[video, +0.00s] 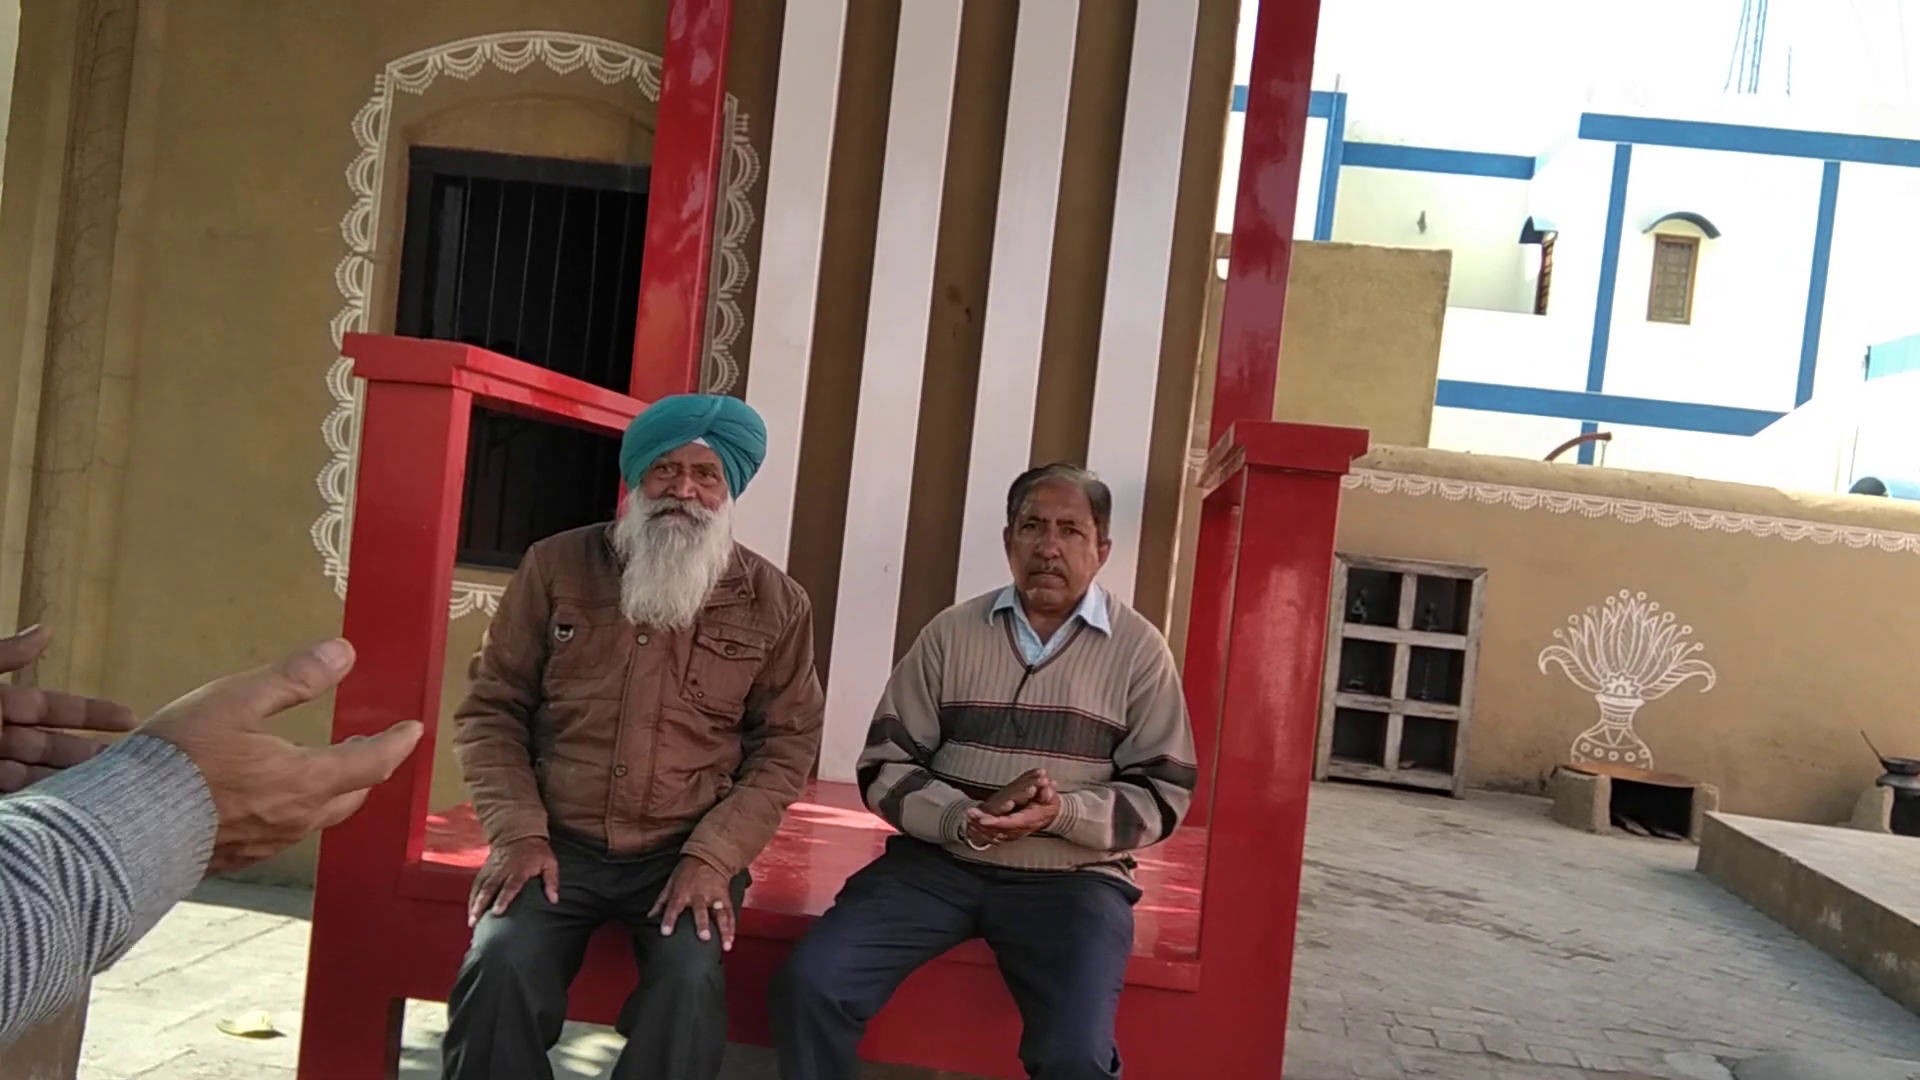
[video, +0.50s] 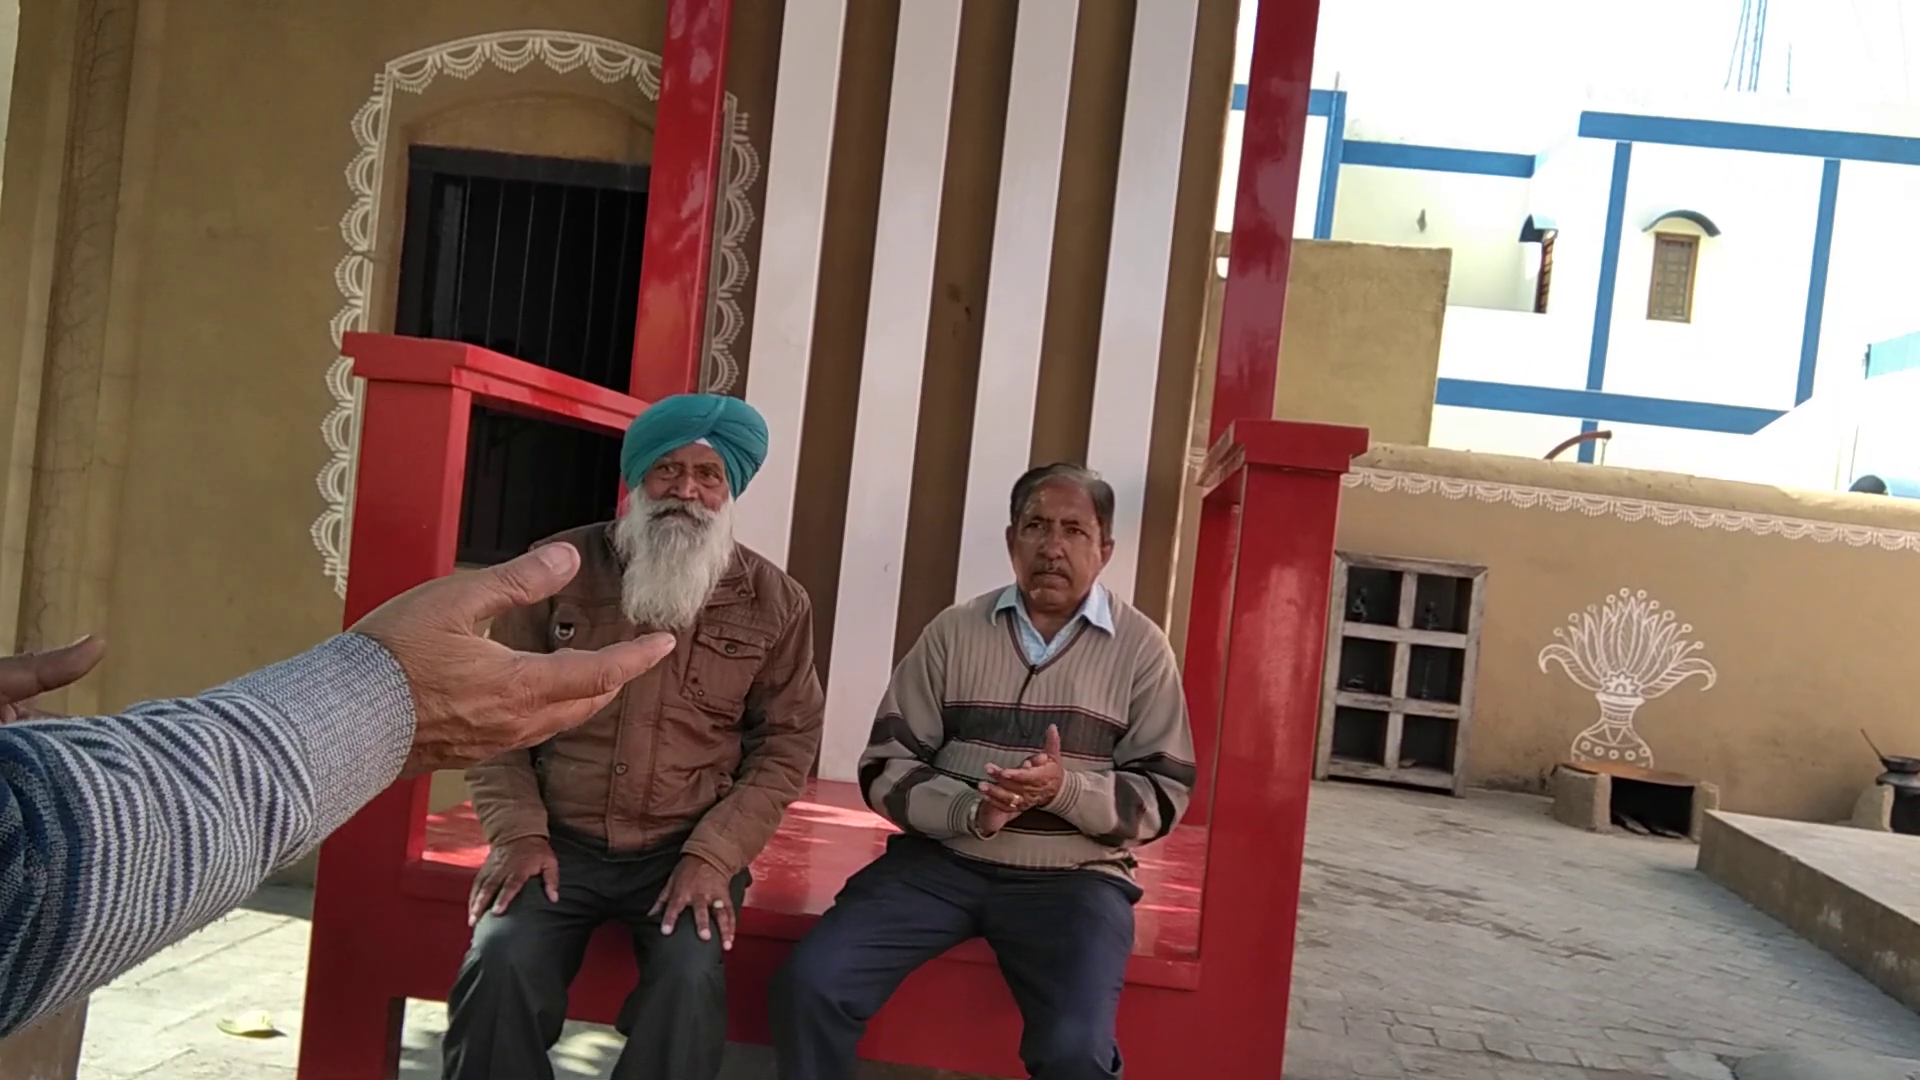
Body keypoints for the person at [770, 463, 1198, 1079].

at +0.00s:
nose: (1049, 546)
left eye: (1070, 531)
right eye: (1034, 527)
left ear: (1101, 551)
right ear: (1008, 542)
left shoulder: (1141, 652)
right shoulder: (950, 635)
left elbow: (1162, 796)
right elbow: (883, 765)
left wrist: (1063, 812)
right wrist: (965, 818)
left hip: (1071, 885)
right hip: (935, 865)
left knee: (1074, 1054)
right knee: (810, 987)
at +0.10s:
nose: (1050, 545)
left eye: (1070, 530)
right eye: (1034, 526)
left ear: (1101, 551)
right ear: (1009, 541)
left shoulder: (1142, 651)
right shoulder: (950, 634)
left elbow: (1164, 791)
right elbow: (884, 766)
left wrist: (1073, 808)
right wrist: (962, 811)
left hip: (1072, 882)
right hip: (936, 864)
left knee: (1074, 1051)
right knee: (813, 988)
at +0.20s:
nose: (1050, 544)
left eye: (1070, 529)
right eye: (1034, 525)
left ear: (1102, 550)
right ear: (1009, 540)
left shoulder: (1142, 649)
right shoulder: (950, 632)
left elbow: (1165, 788)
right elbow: (885, 765)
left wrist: (1083, 810)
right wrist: (957, 802)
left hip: (1074, 881)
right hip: (937, 861)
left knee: (1074, 1050)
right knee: (814, 989)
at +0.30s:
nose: (1051, 544)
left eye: (1071, 529)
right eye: (1035, 525)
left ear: (1103, 549)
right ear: (1010, 540)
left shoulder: (1142, 648)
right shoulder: (951, 631)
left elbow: (1163, 790)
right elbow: (884, 763)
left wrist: (1069, 798)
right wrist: (969, 807)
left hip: (1075, 879)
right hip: (937, 862)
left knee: (1075, 1051)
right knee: (812, 989)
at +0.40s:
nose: (1052, 545)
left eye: (1073, 530)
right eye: (1037, 526)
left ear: (1104, 551)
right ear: (1010, 542)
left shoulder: (1143, 648)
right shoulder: (951, 632)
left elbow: (1163, 794)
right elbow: (882, 764)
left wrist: (1068, 792)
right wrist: (967, 805)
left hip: (1075, 879)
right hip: (937, 861)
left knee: (1074, 1049)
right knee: (810, 988)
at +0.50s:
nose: (1053, 547)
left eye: (1074, 531)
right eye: (1038, 528)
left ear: (1104, 552)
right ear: (1011, 542)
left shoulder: (1143, 650)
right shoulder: (952, 633)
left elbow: (1162, 796)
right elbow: (884, 766)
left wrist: (1066, 790)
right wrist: (968, 805)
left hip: (1074, 882)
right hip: (937, 863)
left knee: (1073, 1049)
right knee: (809, 987)